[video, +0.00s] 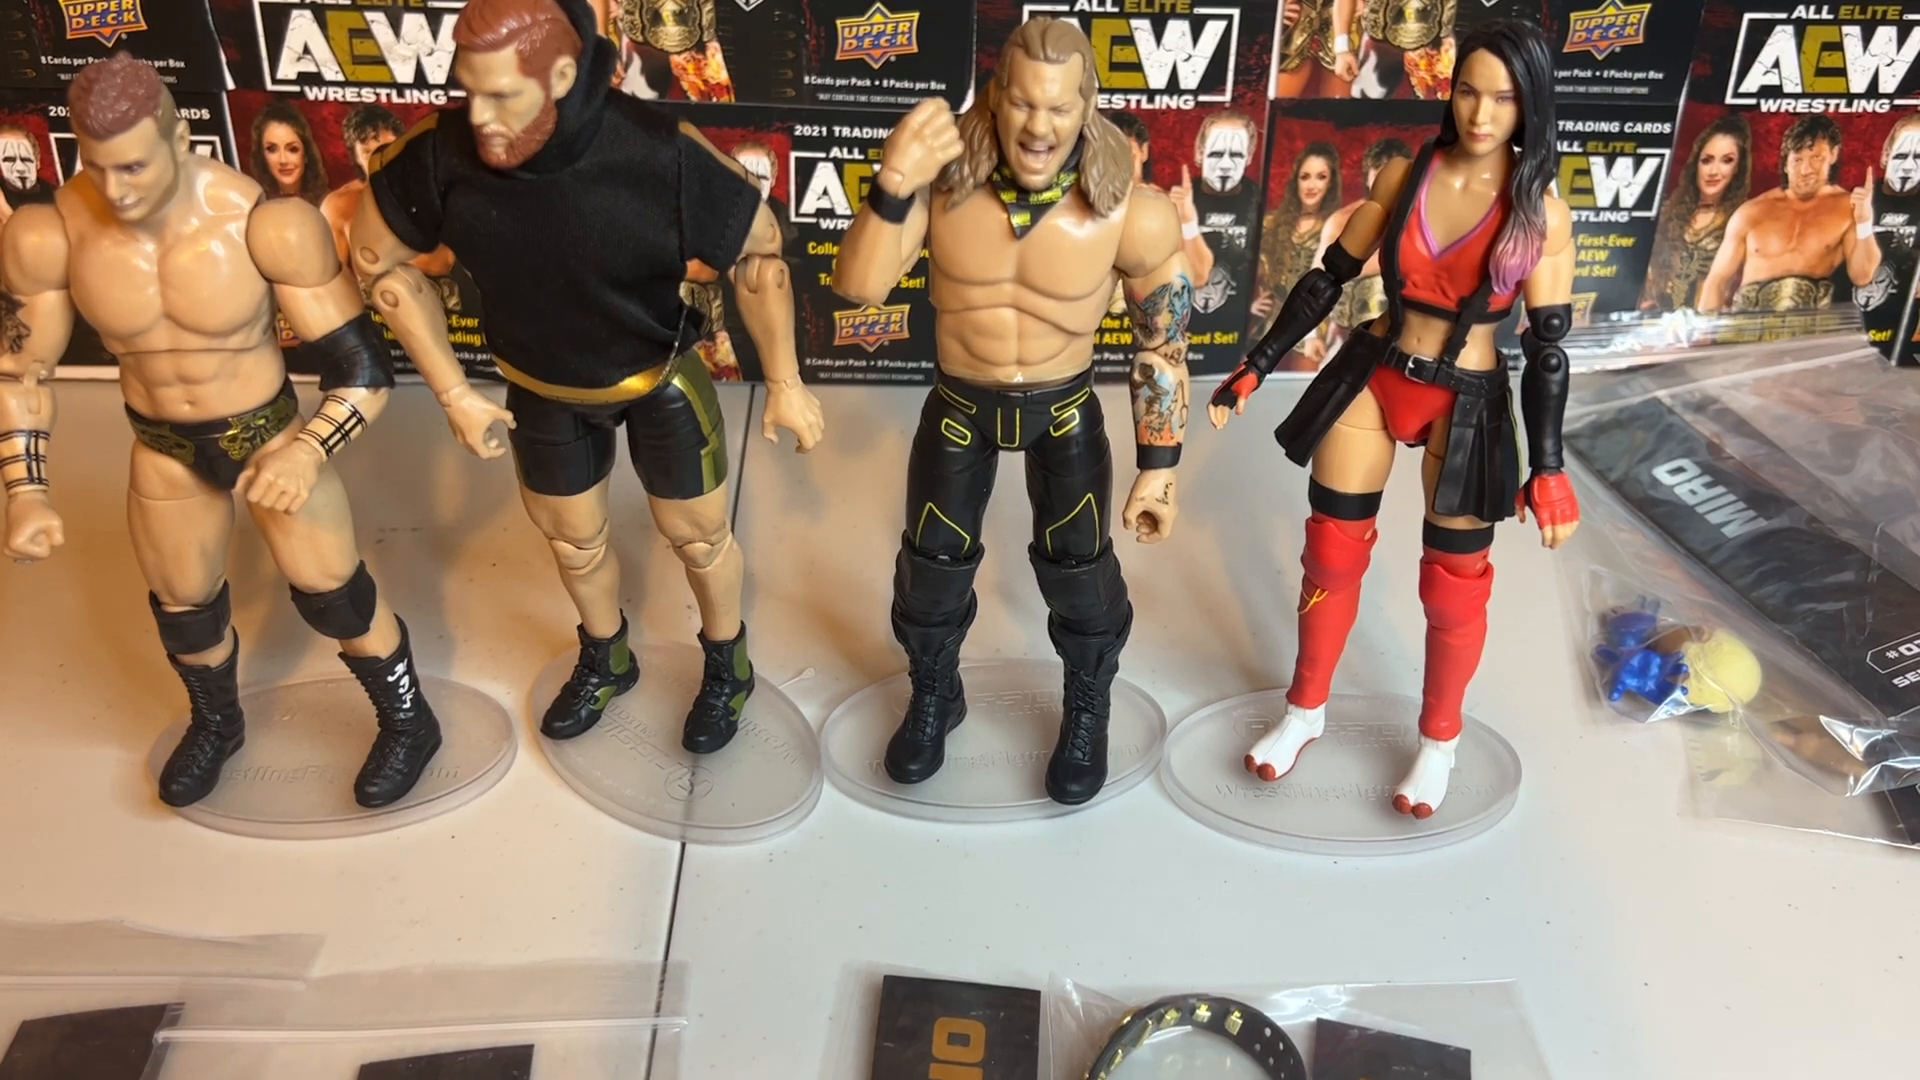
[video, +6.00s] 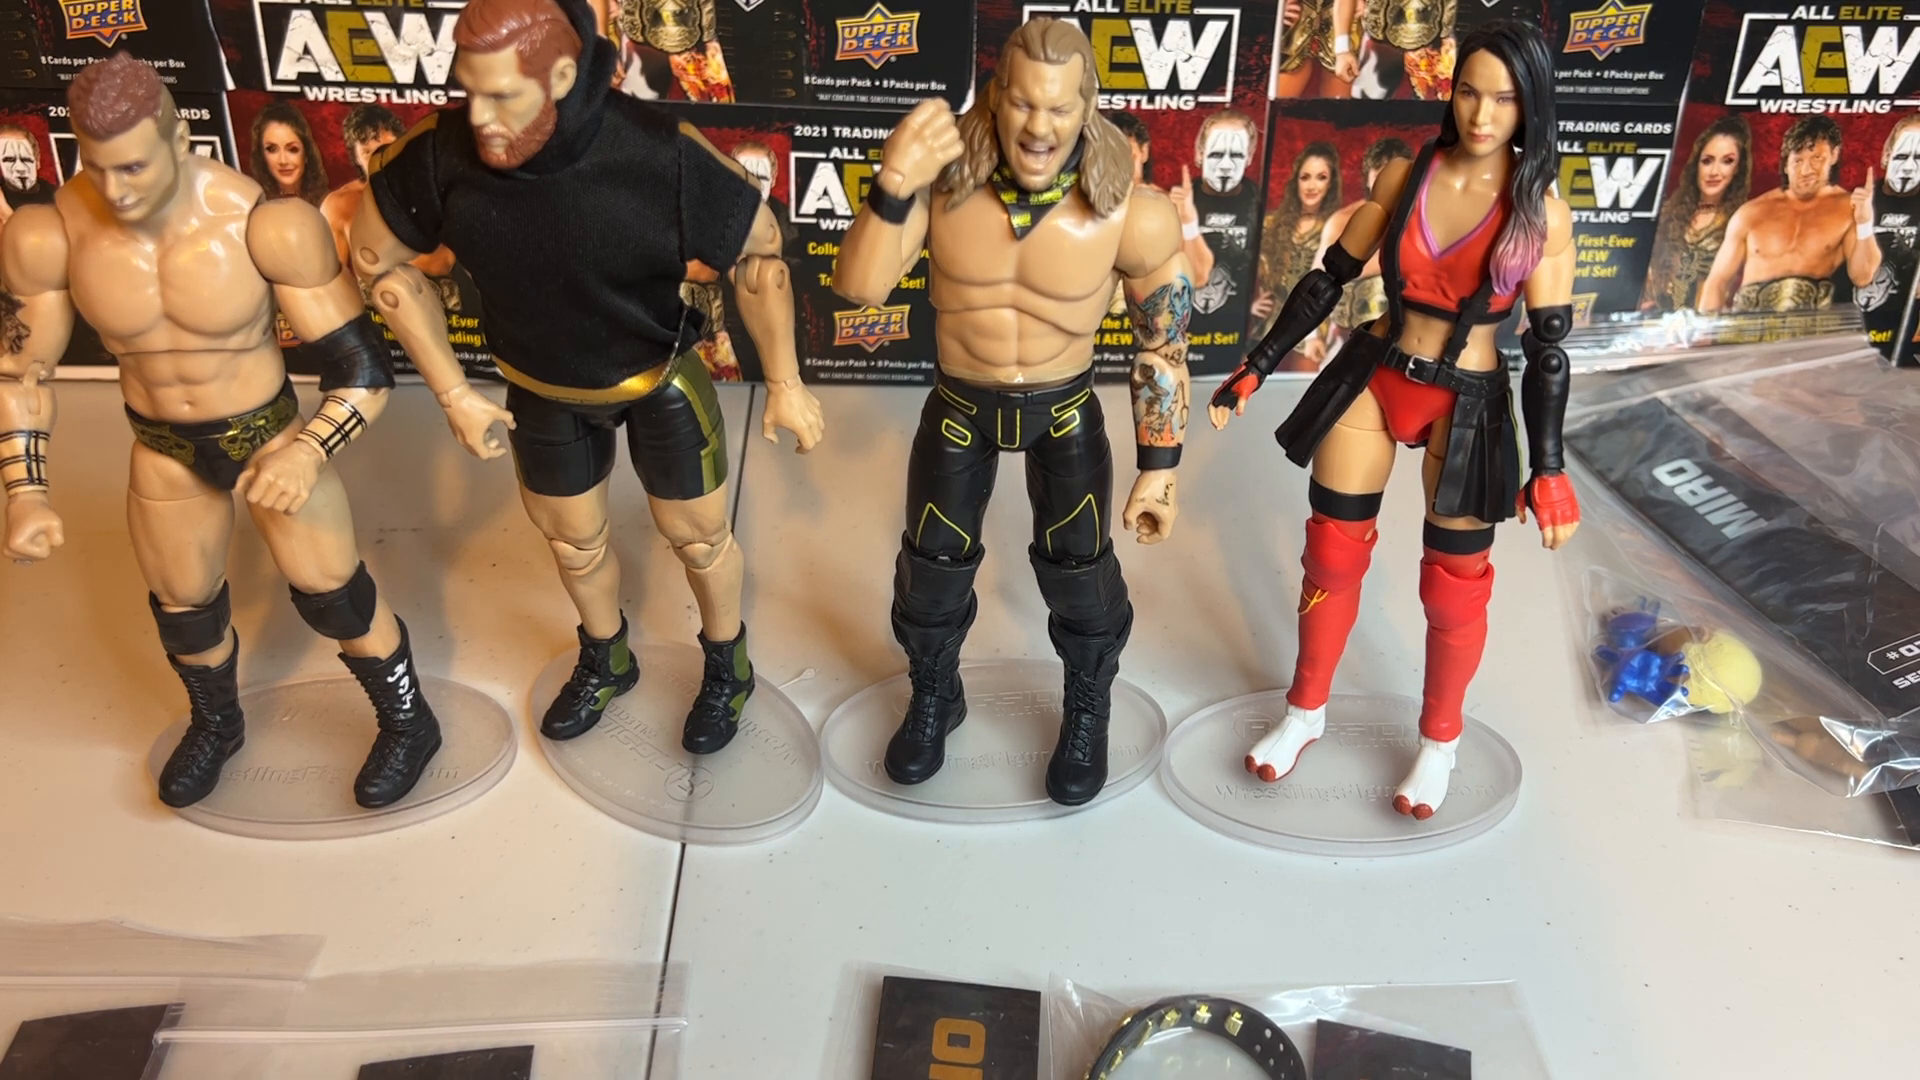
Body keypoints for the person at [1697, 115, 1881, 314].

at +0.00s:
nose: (1806, 169)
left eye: (1816, 158)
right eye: (1797, 160)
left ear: (1833, 156)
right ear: (1785, 162)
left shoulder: (1847, 206)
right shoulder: (1750, 212)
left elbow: (1861, 277)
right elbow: (1717, 281)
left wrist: (1864, 223)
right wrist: (1704, 335)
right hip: (1748, 311)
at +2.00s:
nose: (1806, 169)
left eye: (1816, 158)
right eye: (1797, 160)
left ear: (1833, 155)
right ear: (1785, 162)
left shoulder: (1847, 206)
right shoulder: (1750, 212)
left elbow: (1862, 277)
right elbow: (1717, 281)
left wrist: (1864, 223)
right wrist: (1704, 335)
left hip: (1808, 313)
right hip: (1748, 311)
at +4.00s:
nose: (1806, 169)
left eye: (1817, 158)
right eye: (1797, 160)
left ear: (1834, 156)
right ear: (1785, 163)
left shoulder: (1847, 206)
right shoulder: (1750, 212)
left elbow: (1861, 277)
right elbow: (1718, 281)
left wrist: (1864, 223)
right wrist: (1704, 335)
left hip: (1810, 315)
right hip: (1748, 312)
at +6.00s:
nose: (1806, 170)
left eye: (1817, 158)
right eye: (1797, 160)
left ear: (1834, 156)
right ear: (1785, 163)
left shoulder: (1848, 207)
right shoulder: (1750, 213)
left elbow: (1862, 277)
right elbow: (1718, 282)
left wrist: (1864, 224)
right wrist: (1704, 336)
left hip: (1810, 316)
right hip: (1749, 314)